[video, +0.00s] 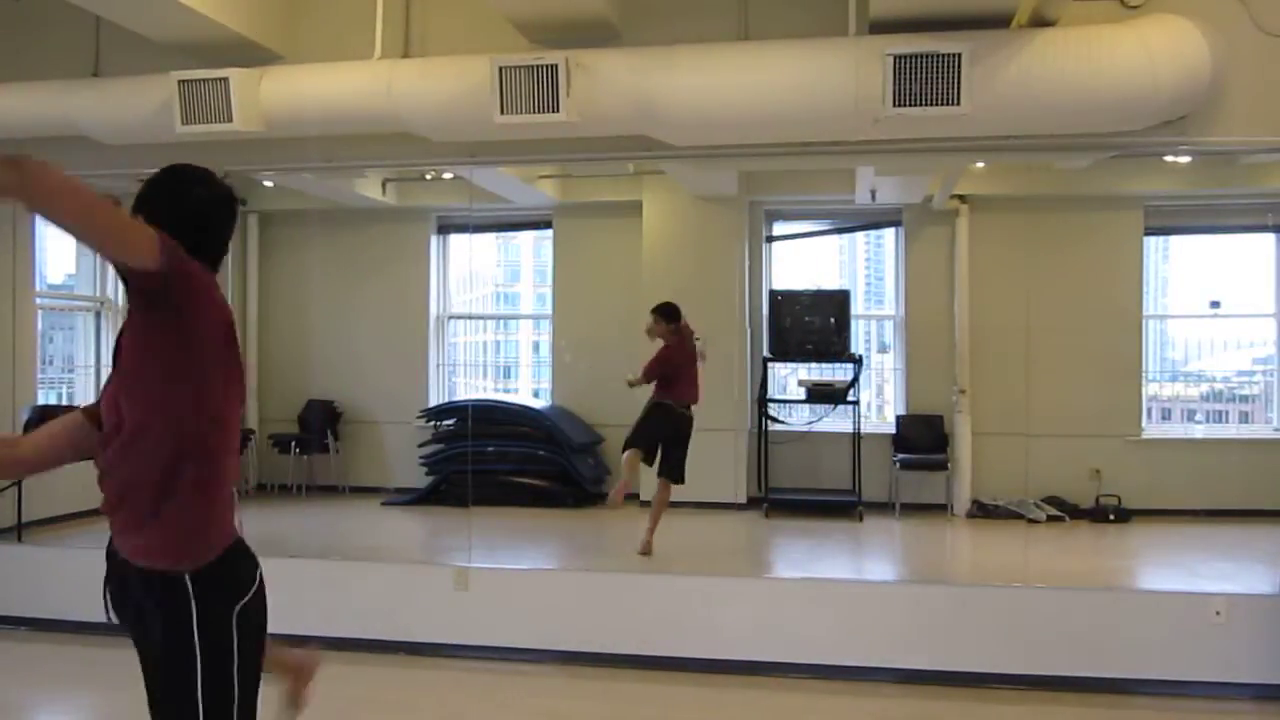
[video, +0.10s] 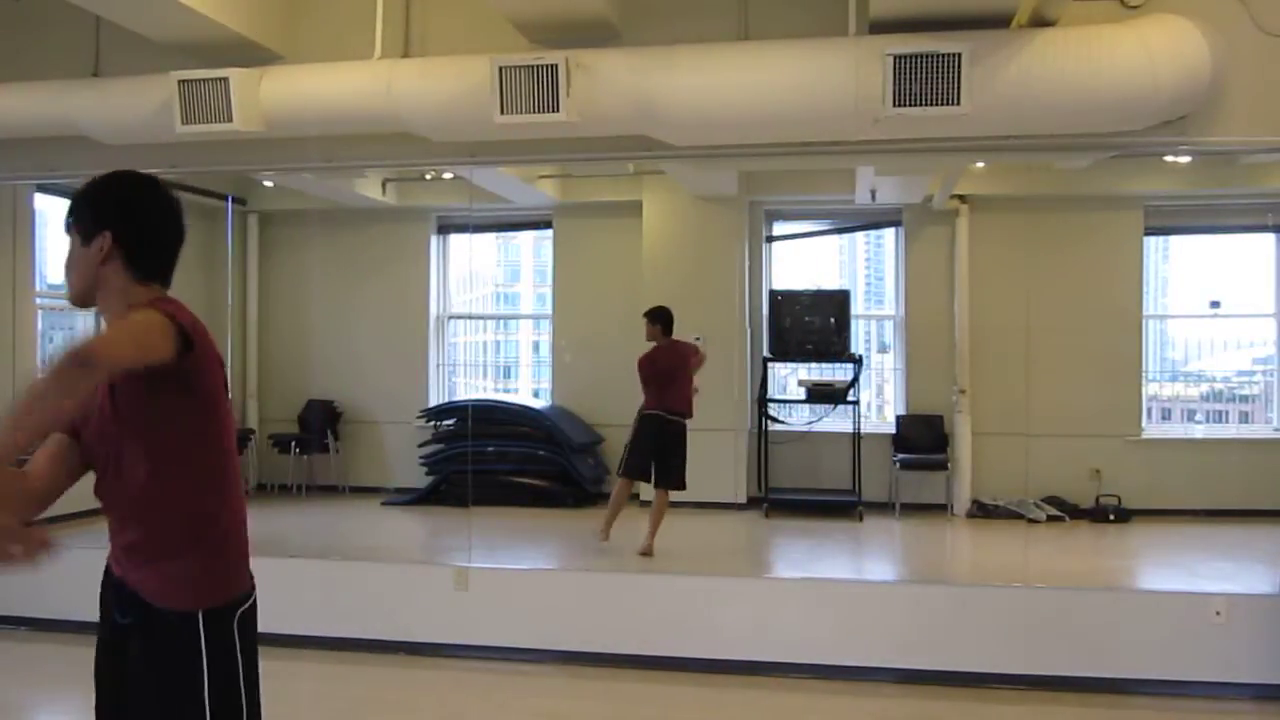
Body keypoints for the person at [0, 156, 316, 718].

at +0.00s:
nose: (122, 231)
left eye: (134, 221)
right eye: (127, 222)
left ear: (159, 231)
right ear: (212, 240)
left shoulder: (186, 291)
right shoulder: (153, 322)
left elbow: (34, 181)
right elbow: (96, 424)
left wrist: (19, 179)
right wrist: (11, 457)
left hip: (195, 589)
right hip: (147, 576)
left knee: (204, 708)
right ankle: (286, 663)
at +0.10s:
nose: (65, 261)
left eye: (72, 241)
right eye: (69, 242)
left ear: (104, 246)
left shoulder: (167, 325)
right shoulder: (104, 366)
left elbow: (81, 362)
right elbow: (40, 480)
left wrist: (8, 450)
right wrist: (10, 514)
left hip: (198, 612)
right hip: (131, 600)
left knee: (206, 713)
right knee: (120, 711)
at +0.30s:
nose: (145, 263)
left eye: (167, 246)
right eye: (126, 239)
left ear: (185, 243)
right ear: (84, 219)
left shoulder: (204, 345)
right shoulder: (14, 316)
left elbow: (205, 503)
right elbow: (1, 473)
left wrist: (190, 644)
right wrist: (16, 509)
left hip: (150, 588)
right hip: (32, 585)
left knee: (201, 706)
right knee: (31, 705)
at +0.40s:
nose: (190, 292)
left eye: (199, 274)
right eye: (184, 268)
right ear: (126, 241)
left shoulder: (150, 351)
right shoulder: (16, 336)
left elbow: (164, 476)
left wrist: (235, 569)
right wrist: (38, 457)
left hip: (94, 611)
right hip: (16, 621)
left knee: (76, 710)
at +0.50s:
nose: (160, 290)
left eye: (168, 274)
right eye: (164, 270)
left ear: (123, 249)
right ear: (120, 245)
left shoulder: (73, 337)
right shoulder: (16, 320)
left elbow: (83, 436)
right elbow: (8, 396)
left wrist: (162, 458)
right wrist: (110, 348)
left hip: (49, 634)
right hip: (11, 644)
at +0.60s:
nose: (127, 263)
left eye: (137, 247)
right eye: (133, 242)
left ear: (94, 216)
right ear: (99, 215)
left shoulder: (36, 283)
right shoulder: (22, 271)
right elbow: (28, 328)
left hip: (22, 599)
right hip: (11, 603)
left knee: (36, 707)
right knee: (30, 709)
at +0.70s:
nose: (84, 264)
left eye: (91, 248)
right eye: (88, 245)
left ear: (48, 225)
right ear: (59, 226)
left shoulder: (14, 294)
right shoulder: (14, 298)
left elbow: (70, 417)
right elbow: (82, 412)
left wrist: (127, 427)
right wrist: (262, 484)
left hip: (8, 603)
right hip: (4, 604)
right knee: (20, 707)